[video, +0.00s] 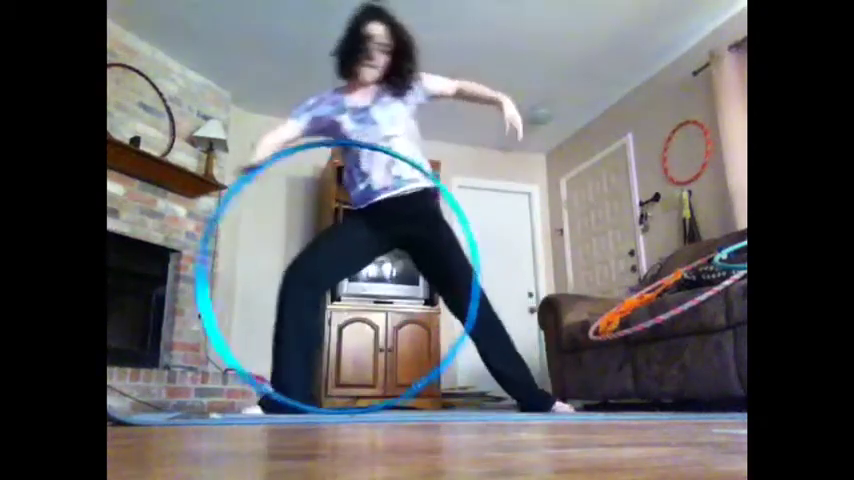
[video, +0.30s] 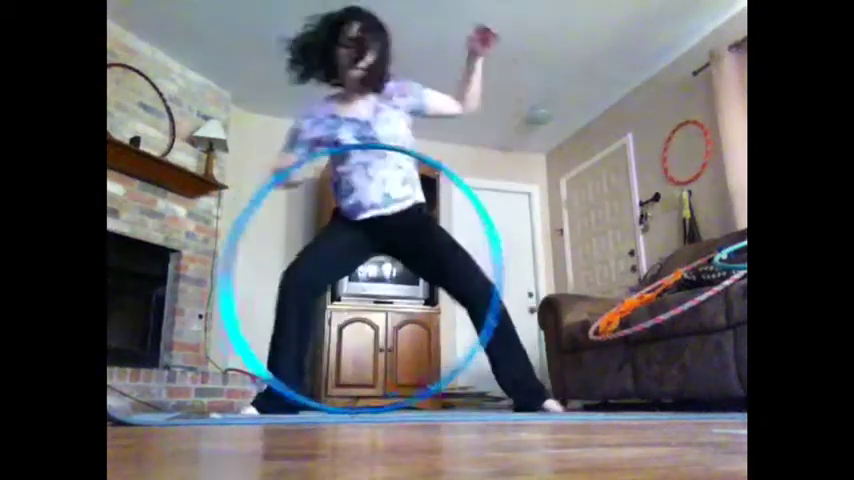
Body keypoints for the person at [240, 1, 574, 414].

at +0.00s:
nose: (375, 58)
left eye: (384, 51)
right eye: (367, 49)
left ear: (395, 56)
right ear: (351, 50)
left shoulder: (409, 88)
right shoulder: (329, 104)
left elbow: (458, 89)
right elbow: (280, 136)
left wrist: (504, 101)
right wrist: (260, 156)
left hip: (418, 209)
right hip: (368, 218)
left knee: (470, 303)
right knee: (302, 279)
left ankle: (537, 402)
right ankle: (289, 400)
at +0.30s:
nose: (362, 55)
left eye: (371, 46)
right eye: (351, 45)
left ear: (382, 53)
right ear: (331, 53)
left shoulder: (399, 96)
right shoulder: (317, 116)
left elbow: (466, 104)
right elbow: (282, 175)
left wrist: (475, 58)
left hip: (409, 221)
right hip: (352, 227)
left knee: (480, 292)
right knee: (297, 283)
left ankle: (532, 397)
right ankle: (280, 399)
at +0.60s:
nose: (444, 62)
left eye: (452, 52)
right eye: (438, 55)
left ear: (476, 54)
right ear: (433, 60)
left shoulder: (498, 88)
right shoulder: (433, 102)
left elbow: (522, 101)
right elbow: (427, 169)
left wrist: (469, 73)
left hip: (486, 215)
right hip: (437, 216)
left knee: (525, 296)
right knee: (385, 293)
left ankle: (525, 398)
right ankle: (314, 391)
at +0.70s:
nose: (471, 68)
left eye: (479, 57)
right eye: (461, 60)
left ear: (496, 53)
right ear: (449, 62)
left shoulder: (512, 88)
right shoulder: (444, 102)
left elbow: (512, 113)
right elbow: (454, 169)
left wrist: (454, 90)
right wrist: (511, 171)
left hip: (499, 214)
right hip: (450, 216)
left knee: (528, 295)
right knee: (411, 290)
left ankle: (527, 396)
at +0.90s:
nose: (478, 77)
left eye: (487, 68)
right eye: (469, 68)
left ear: (501, 70)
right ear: (459, 71)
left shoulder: (517, 102)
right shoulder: (449, 113)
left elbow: (503, 138)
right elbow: (464, 172)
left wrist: (441, 131)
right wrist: (525, 176)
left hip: (513, 220)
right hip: (465, 223)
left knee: (522, 301)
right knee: (425, 305)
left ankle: (534, 402)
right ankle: (444, 393)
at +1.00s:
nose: (475, 79)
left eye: (484, 70)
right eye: (467, 70)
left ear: (497, 73)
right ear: (455, 73)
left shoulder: (513, 106)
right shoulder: (445, 117)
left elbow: (498, 147)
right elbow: (449, 174)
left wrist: (441, 129)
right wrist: (506, 173)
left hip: (508, 223)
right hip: (461, 224)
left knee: (522, 301)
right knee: (416, 299)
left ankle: (534, 400)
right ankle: (427, 393)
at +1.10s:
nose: (465, 81)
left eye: (473, 73)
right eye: (457, 73)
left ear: (485, 76)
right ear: (446, 75)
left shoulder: (498, 108)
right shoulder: (431, 116)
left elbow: (490, 153)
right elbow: (416, 169)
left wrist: (440, 126)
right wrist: (456, 171)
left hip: (494, 223)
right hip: (447, 226)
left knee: (517, 299)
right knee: (401, 298)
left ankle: (534, 395)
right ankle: (386, 394)